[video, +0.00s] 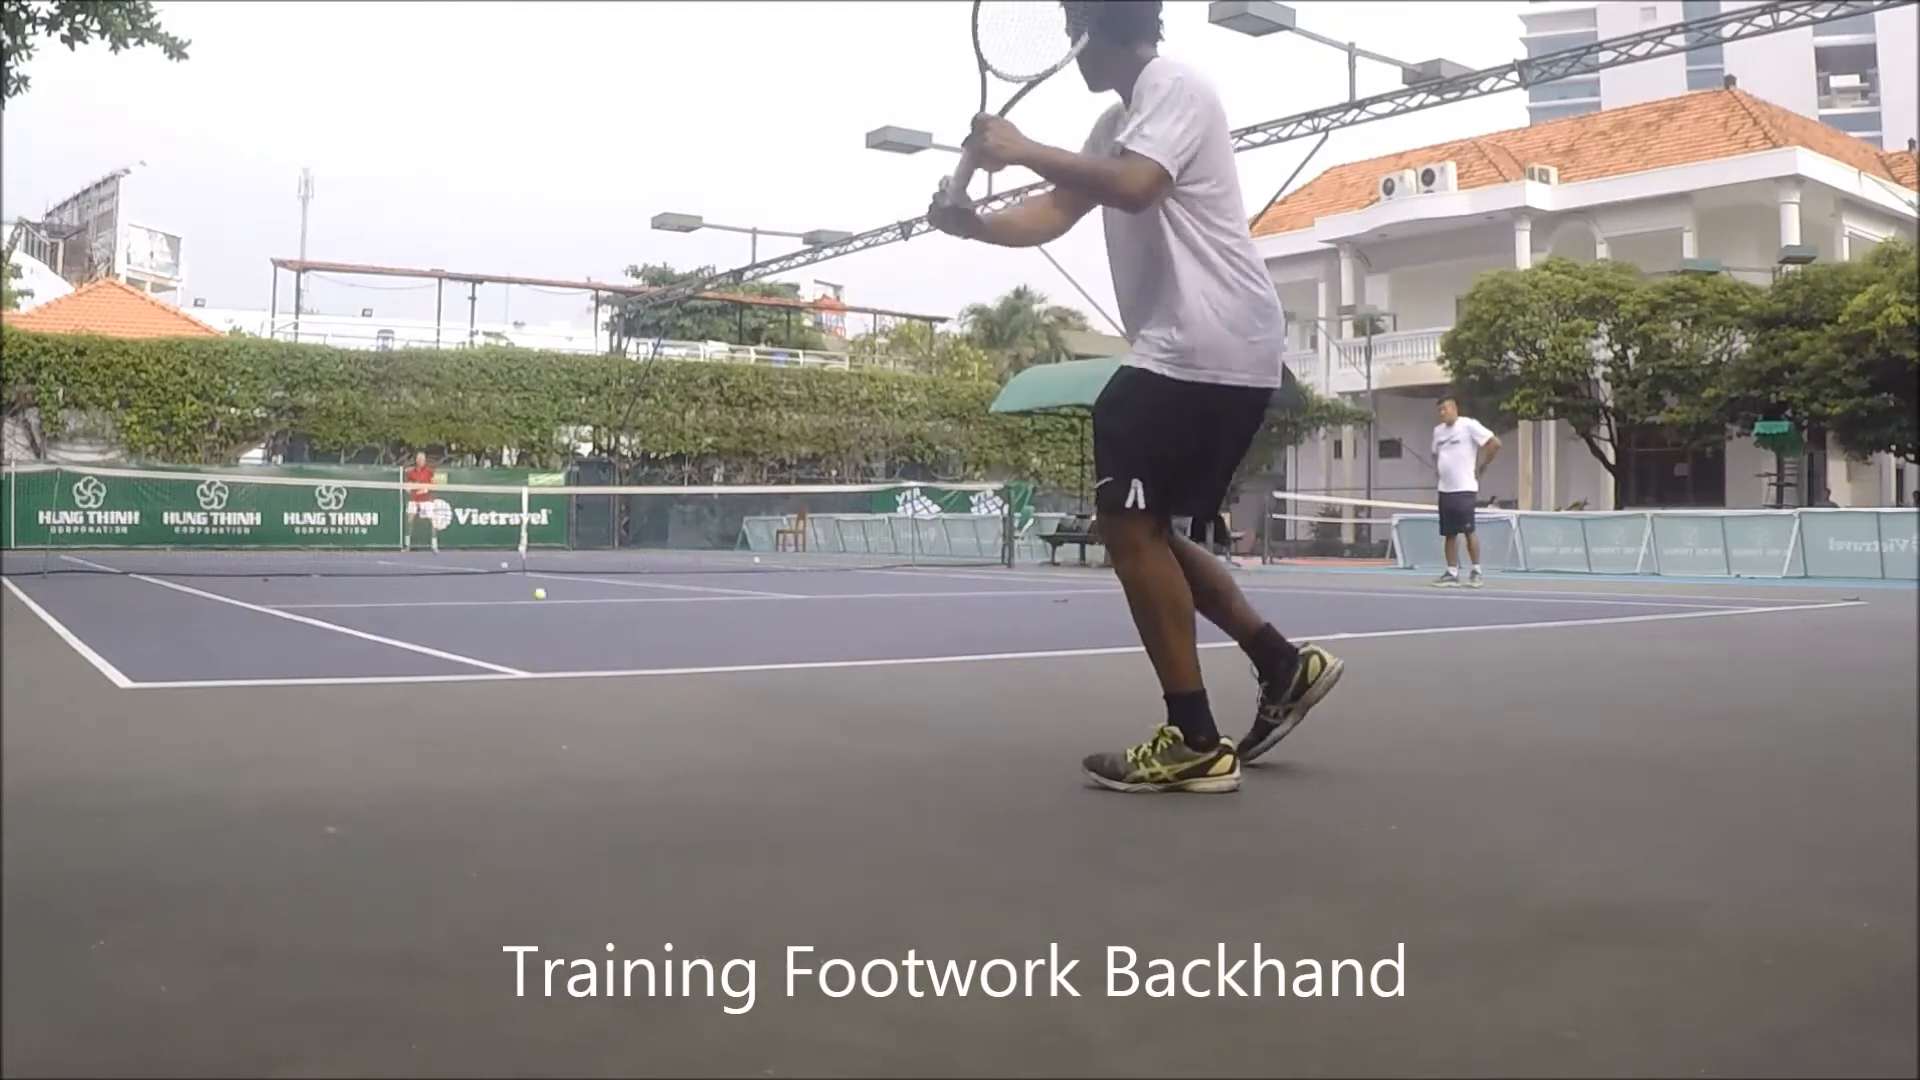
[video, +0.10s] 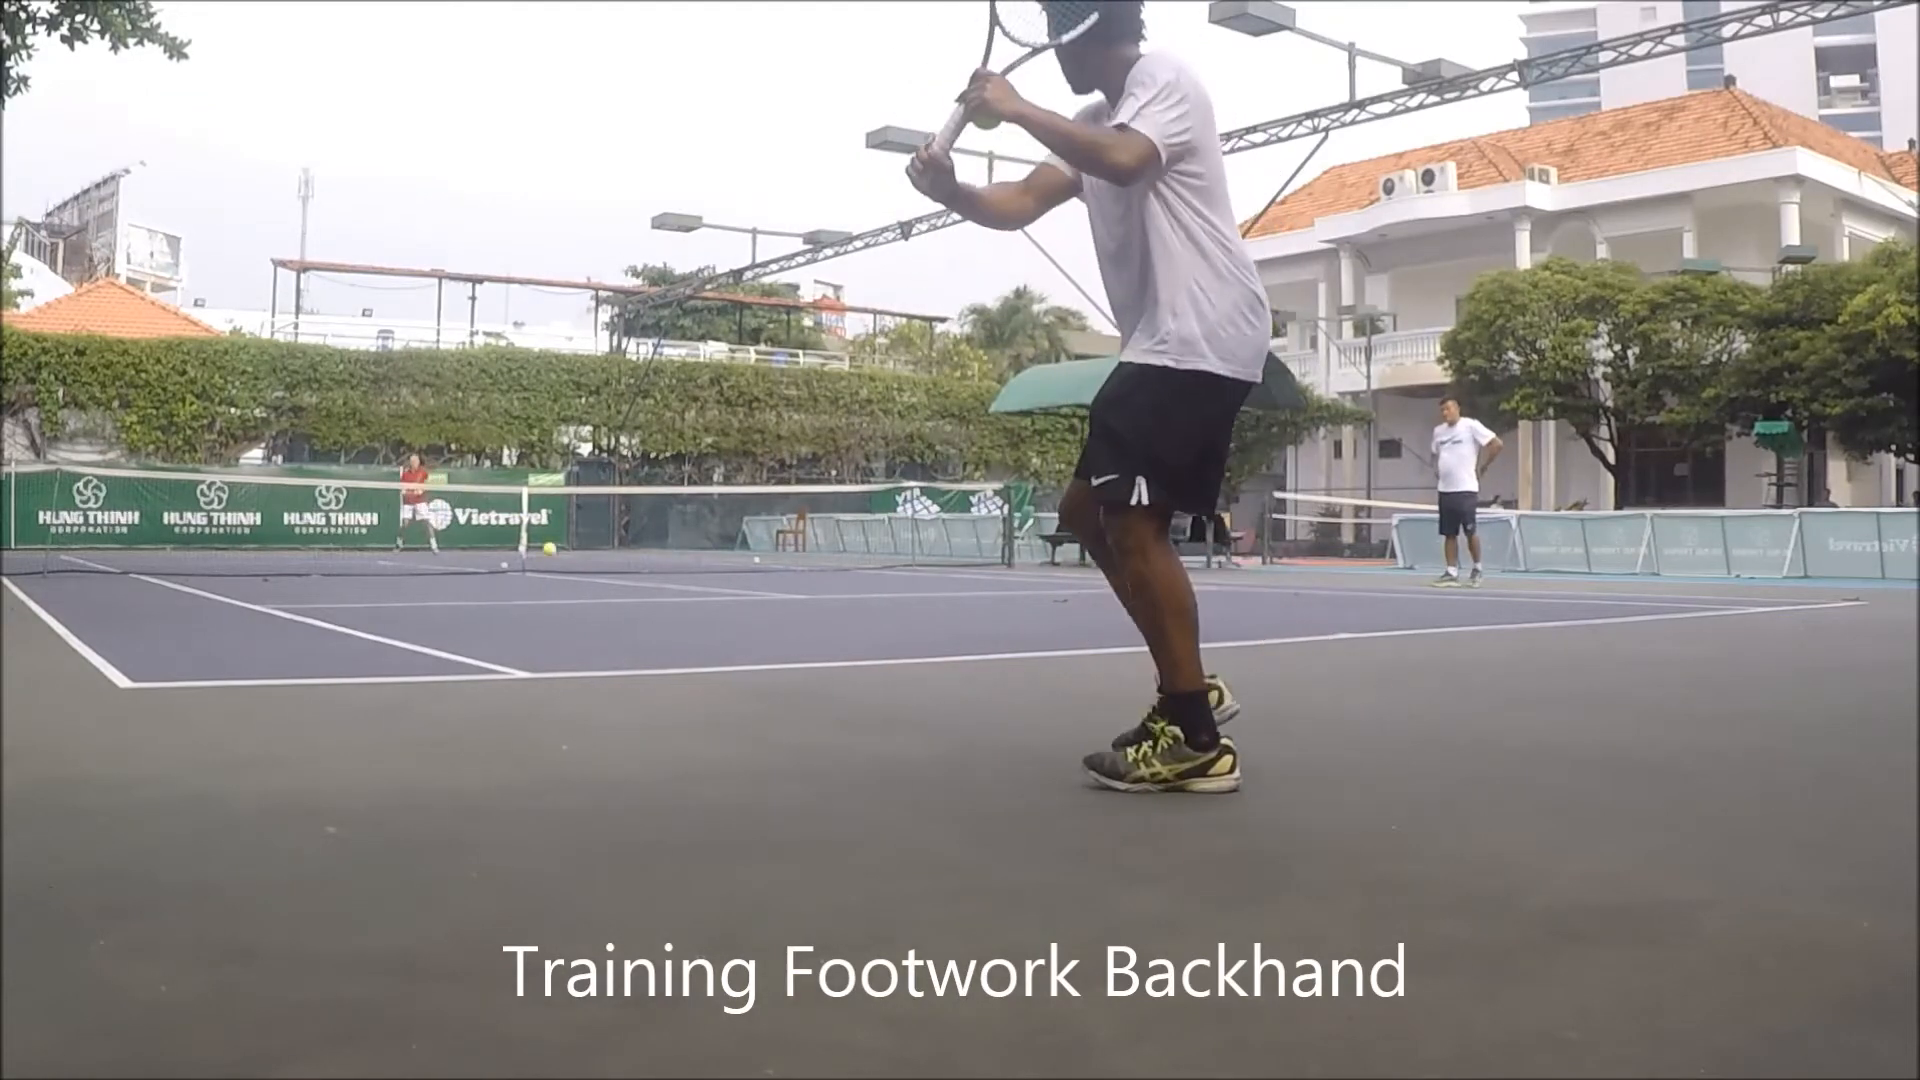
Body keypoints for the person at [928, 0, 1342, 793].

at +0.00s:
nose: (1075, 51)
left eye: (1080, 34)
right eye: (1074, 36)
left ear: (1112, 30)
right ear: (1136, 31)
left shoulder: (1178, 84)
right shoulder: (1113, 122)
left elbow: (1133, 182)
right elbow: (1053, 210)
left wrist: (1024, 150)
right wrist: (976, 221)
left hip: (1204, 348)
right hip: (1213, 351)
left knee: (1130, 526)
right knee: (1151, 533)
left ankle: (1194, 739)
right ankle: (1283, 665)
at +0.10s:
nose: (1062, 57)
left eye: (1069, 40)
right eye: (1057, 44)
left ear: (1105, 29)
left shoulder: (1165, 76)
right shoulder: (1095, 122)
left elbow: (1129, 159)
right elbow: (1019, 202)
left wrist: (1016, 109)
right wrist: (952, 189)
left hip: (1202, 335)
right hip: (1157, 339)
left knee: (1133, 524)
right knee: (1085, 511)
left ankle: (1193, 736)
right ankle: (1188, 685)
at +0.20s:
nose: (1051, 65)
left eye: (1064, 45)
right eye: (1040, 49)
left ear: (1103, 31)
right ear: (1031, 43)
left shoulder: (1147, 71)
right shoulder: (1064, 131)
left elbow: (1120, 134)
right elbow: (987, 197)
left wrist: (1013, 77)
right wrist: (929, 155)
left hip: (1188, 325)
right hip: (1135, 337)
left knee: (1140, 527)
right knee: (1067, 508)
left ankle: (1198, 740)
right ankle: (1077, 703)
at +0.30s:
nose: (1000, 47)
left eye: (1007, 32)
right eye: (998, 39)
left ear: (1042, 39)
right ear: (1013, 62)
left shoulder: (1125, 81)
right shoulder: (1034, 142)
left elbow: (1105, 128)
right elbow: (953, 191)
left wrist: (1016, 57)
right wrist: (921, 130)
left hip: (1170, 330)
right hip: (1115, 347)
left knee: (1136, 528)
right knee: (1049, 516)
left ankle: (1199, 738)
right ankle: (1009, 703)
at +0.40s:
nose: (964, 115)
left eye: (971, 95)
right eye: (958, 100)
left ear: (1012, 85)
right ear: (972, 102)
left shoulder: (1089, 118)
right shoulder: (996, 177)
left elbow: (1094, 178)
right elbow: (916, 198)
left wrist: (1034, 86)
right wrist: (919, 111)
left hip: (1149, 354)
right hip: (1092, 368)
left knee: (1109, 536)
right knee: (1004, 519)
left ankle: (1194, 738)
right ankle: (993, 708)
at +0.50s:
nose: (927, 169)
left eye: (927, 154)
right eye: (923, 159)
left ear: (951, 144)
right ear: (978, 143)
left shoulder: (1045, 162)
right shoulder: (964, 221)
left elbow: (1098, 254)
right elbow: (900, 262)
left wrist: (1007, 215)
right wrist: (881, 209)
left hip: (1133, 365)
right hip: (1073, 383)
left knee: (1081, 537)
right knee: (974, 520)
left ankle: (1189, 732)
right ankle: (989, 710)